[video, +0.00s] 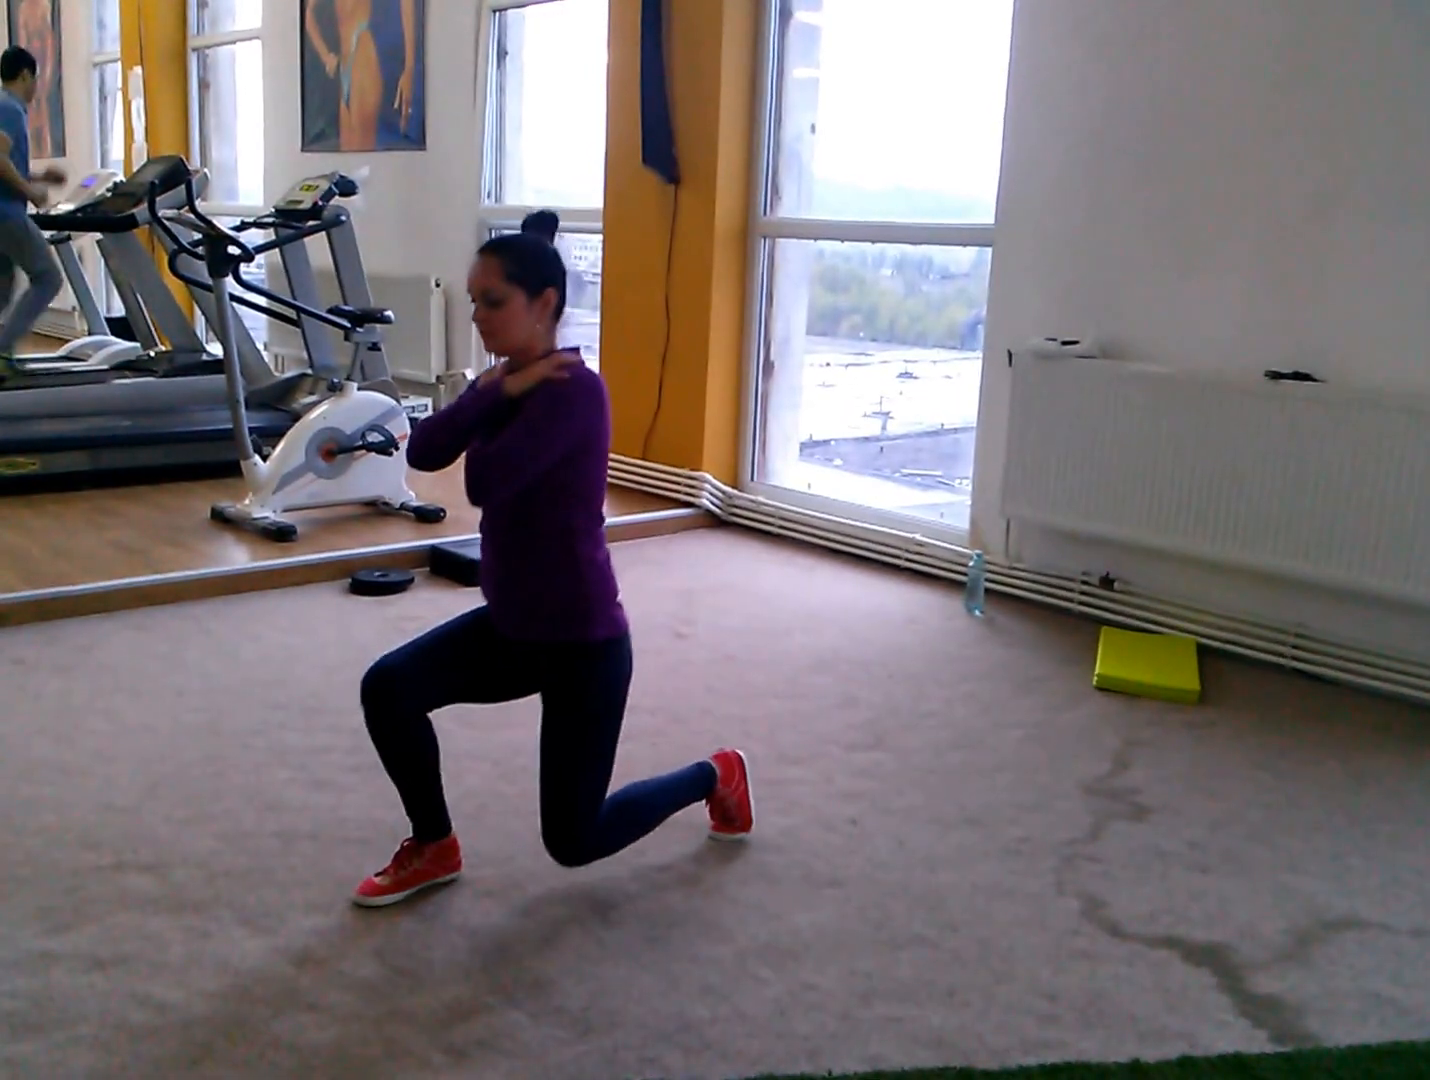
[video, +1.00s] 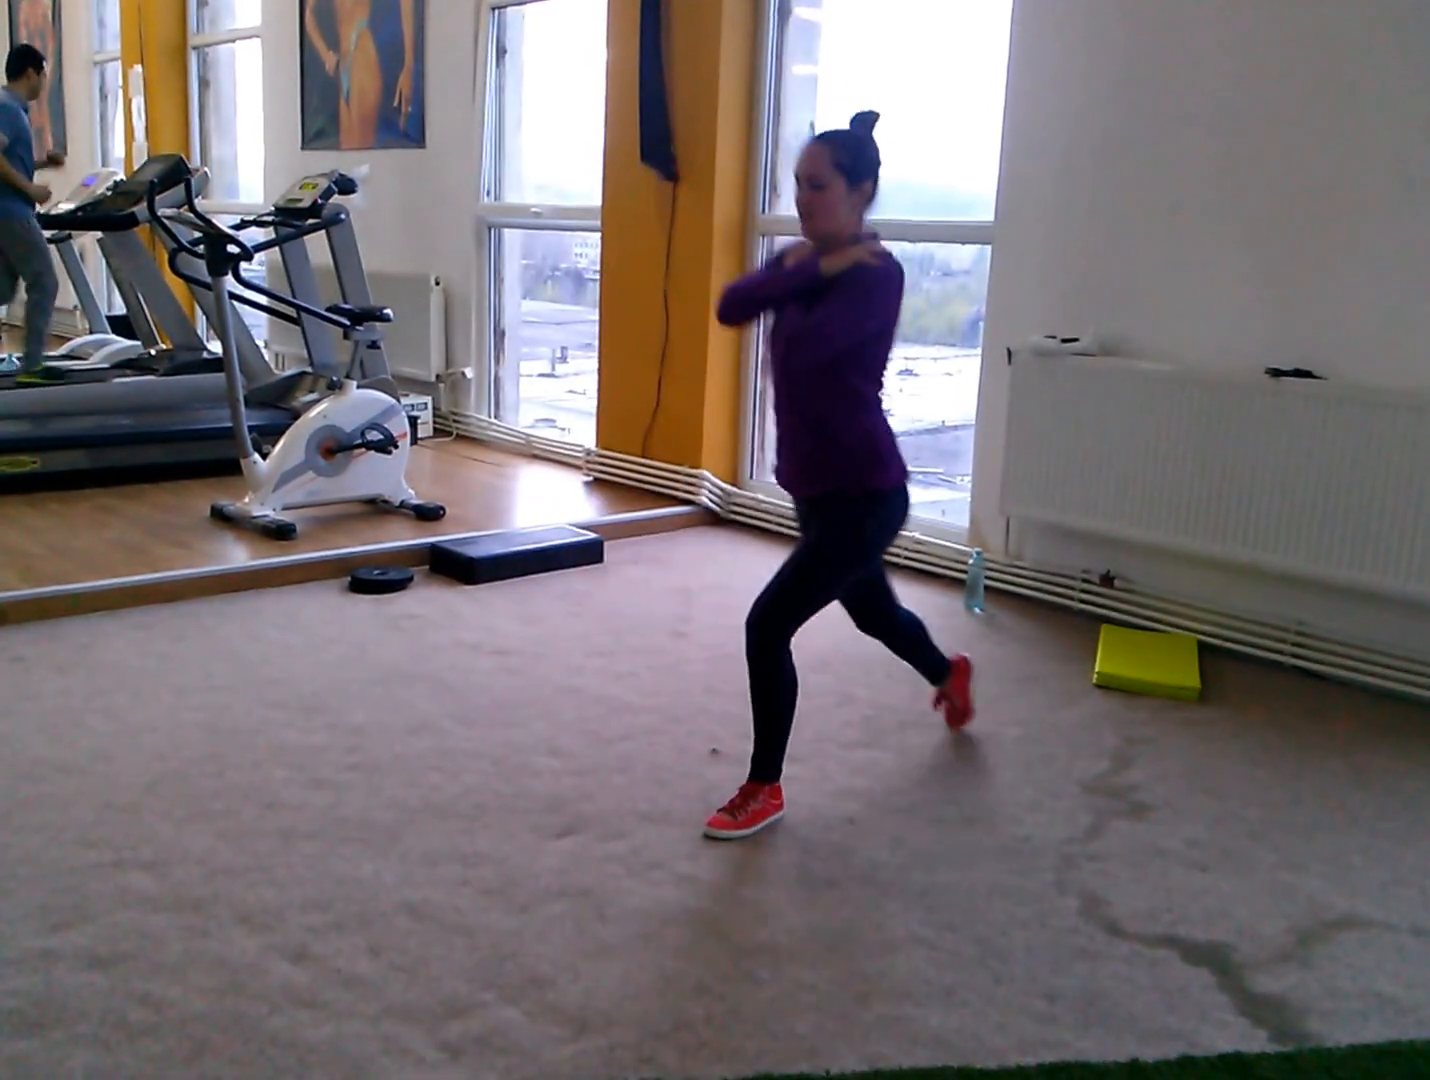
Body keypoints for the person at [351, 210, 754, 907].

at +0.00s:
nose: (478, 317)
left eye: (491, 301)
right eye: (475, 303)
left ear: (546, 304)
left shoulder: (576, 394)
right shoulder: (498, 386)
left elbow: (483, 486)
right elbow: (420, 453)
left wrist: (497, 401)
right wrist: (501, 386)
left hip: (584, 642)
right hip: (512, 628)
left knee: (572, 840)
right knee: (388, 689)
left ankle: (715, 777)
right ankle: (433, 844)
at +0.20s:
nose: (536, 254)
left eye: (553, 242)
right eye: (534, 240)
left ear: (602, 252)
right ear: (539, 249)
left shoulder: (621, 339)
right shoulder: (541, 335)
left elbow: (535, 427)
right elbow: (462, 386)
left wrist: (527, 355)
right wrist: (550, 335)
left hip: (621, 590)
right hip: (548, 579)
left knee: (602, 787)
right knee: (426, 672)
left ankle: (726, 771)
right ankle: (433, 843)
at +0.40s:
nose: (633, 183)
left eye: (648, 169)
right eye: (630, 170)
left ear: (698, 178)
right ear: (634, 178)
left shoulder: (720, 260)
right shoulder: (638, 259)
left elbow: (644, 332)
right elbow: (563, 297)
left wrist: (617, 273)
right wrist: (653, 253)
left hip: (694, 508)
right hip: (618, 500)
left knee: (658, 699)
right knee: (511, 643)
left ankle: (749, 771)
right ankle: (437, 811)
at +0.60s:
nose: (707, 149)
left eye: (722, 136)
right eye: (703, 136)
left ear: (771, 143)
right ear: (710, 142)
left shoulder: (791, 227)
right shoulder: (719, 224)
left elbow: (704, 298)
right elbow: (631, 260)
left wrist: (693, 245)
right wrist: (727, 217)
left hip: (763, 478)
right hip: (697, 470)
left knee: (715, 650)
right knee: (600, 597)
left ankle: (762, 787)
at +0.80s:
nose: (759, 151)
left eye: (775, 139)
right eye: (756, 138)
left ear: (820, 145)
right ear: (759, 142)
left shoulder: (841, 230)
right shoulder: (762, 226)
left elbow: (760, 293)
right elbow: (686, 259)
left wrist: (746, 238)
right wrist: (774, 221)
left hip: (813, 467)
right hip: (751, 462)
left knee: (740, 632)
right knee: (755, 618)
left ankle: (762, 786)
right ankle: (871, 649)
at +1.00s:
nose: (801, 198)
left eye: (817, 185)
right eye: (798, 184)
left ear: (861, 195)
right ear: (799, 190)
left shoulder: (878, 275)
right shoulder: (798, 263)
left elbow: (809, 347)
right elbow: (730, 309)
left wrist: (784, 280)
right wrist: (817, 262)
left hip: (868, 494)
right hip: (814, 491)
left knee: (767, 625)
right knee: (877, 612)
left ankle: (764, 785)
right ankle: (948, 676)